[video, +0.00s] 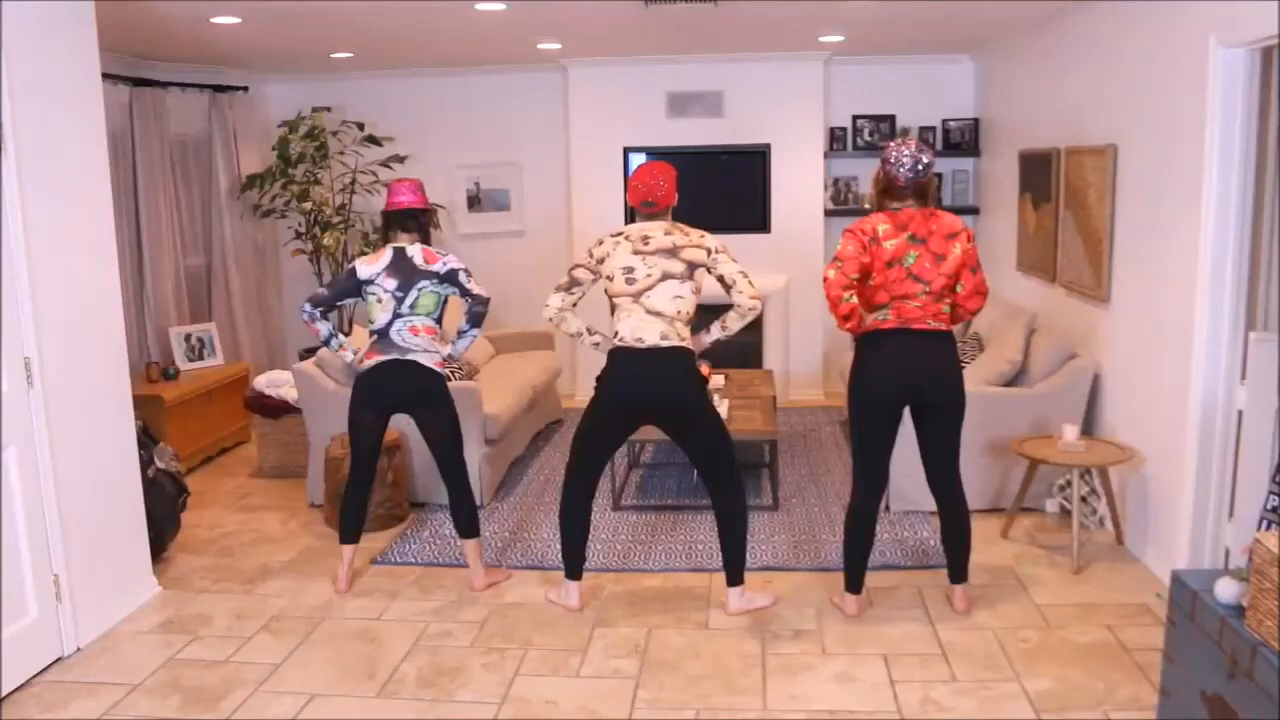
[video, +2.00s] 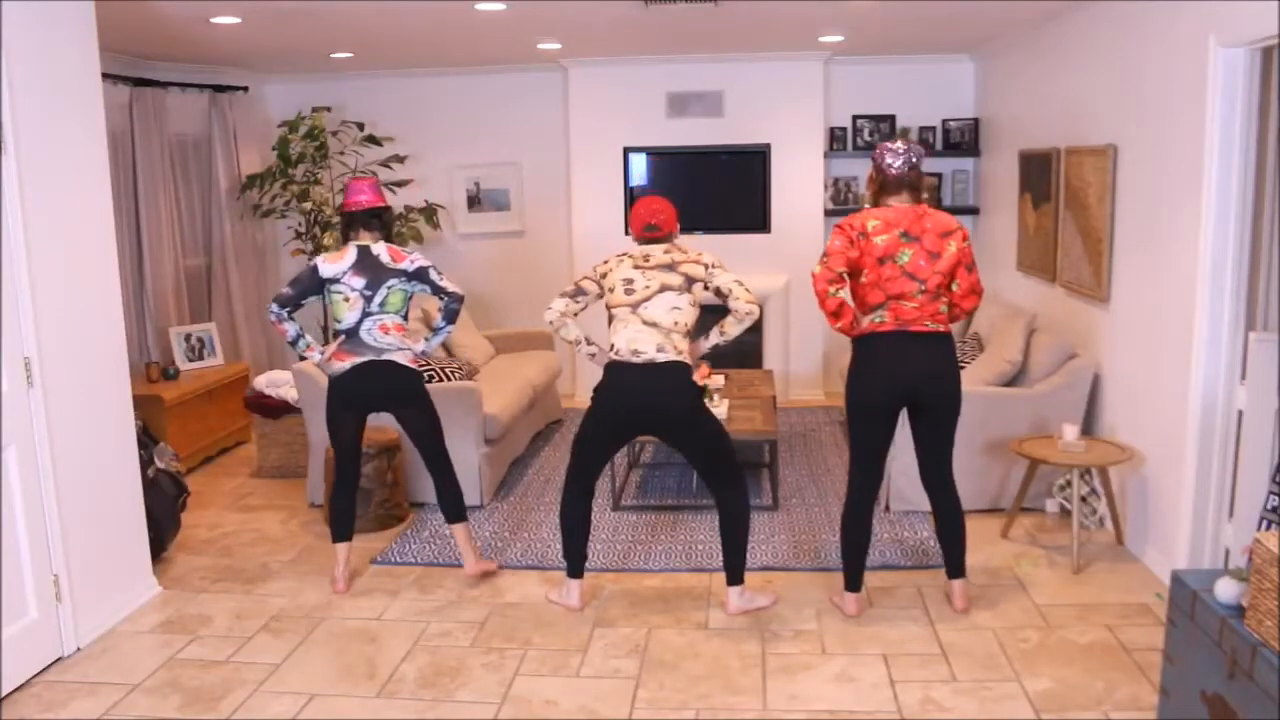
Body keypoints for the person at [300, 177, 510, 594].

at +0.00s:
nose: (423, 226)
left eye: (402, 221)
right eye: (424, 220)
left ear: (387, 222)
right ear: (426, 221)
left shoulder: (367, 265)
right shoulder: (443, 262)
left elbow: (310, 308)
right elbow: (479, 301)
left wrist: (348, 351)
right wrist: (455, 351)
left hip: (373, 380)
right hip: (426, 380)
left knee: (360, 473)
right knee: (455, 473)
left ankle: (345, 572)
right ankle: (478, 572)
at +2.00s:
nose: (374, 227)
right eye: (382, 218)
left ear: (344, 221)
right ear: (385, 218)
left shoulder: (327, 264)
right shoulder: (406, 259)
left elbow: (277, 309)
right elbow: (453, 297)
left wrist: (313, 353)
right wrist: (430, 343)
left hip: (347, 383)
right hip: (401, 379)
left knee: (345, 474)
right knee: (439, 463)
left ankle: (340, 571)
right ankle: (471, 559)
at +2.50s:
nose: (377, 235)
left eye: (371, 228)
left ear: (371, 229)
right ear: (410, 225)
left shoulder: (362, 269)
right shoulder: (436, 262)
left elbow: (332, 316)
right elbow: (491, 296)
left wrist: (362, 352)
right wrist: (467, 346)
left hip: (397, 384)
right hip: (448, 378)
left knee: (367, 470)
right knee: (445, 462)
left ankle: (346, 569)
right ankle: (459, 556)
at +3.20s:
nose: (346, 221)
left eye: (349, 217)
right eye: (349, 215)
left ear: (358, 222)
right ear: (392, 223)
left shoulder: (367, 269)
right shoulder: (407, 263)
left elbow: (396, 324)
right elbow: (461, 295)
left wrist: (392, 359)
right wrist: (445, 346)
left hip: (427, 387)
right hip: (452, 376)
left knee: (380, 476)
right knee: (428, 461)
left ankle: (409, 583)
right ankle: (460, 553)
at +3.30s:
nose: (332, 226)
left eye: (336, 219)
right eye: (333, 218)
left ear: (353, 225)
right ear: (371, 225)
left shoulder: (364, 273)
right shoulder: (393, 262)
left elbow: (386, 346)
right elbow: (442, 295)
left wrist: (336, 359)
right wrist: (427, 341)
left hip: (421, 390)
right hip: (444, 377)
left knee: (376, 479)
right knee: (420, 461)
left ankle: (409, 583)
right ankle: (459, 551)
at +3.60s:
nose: (316, 223)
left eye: (323, 218)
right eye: (319, 216)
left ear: (343, 227)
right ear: (353, 228)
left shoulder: (356, 275)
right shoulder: (377, 261)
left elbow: (370, 342)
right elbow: (416, 288)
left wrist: (319, 368)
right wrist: (404, 339)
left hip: (406, 393)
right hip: (423, 381)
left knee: (364, 487)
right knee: (388, 458)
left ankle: (408, 583)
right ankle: (420, 540)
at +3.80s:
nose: (309, 226)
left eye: (317, 221)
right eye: (312, 219)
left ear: (339, 233)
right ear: (343, 233)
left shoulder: (347, 284)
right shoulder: (368, 261)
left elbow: (330, 364)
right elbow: (403, 284)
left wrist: (303, 378)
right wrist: (396, 335)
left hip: (402, 394)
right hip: (410, 383)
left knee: (361, 491)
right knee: (367, 467)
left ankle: (408, 583)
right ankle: (366, 539)